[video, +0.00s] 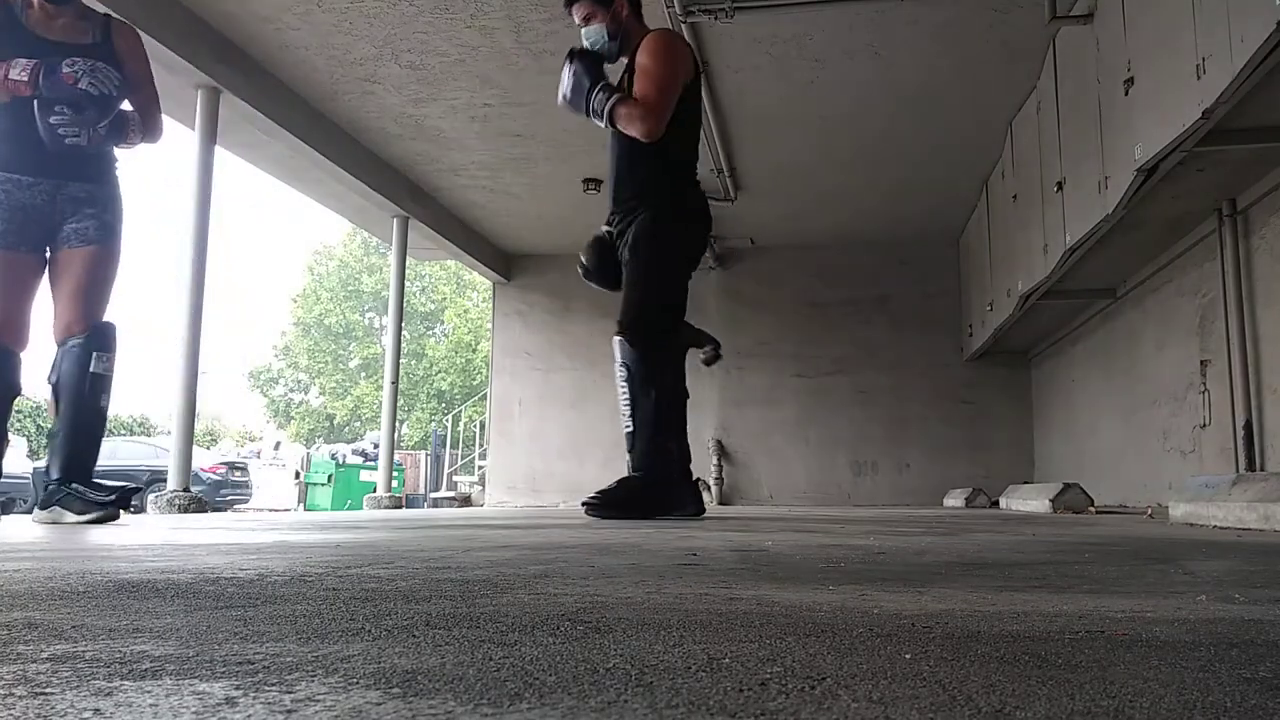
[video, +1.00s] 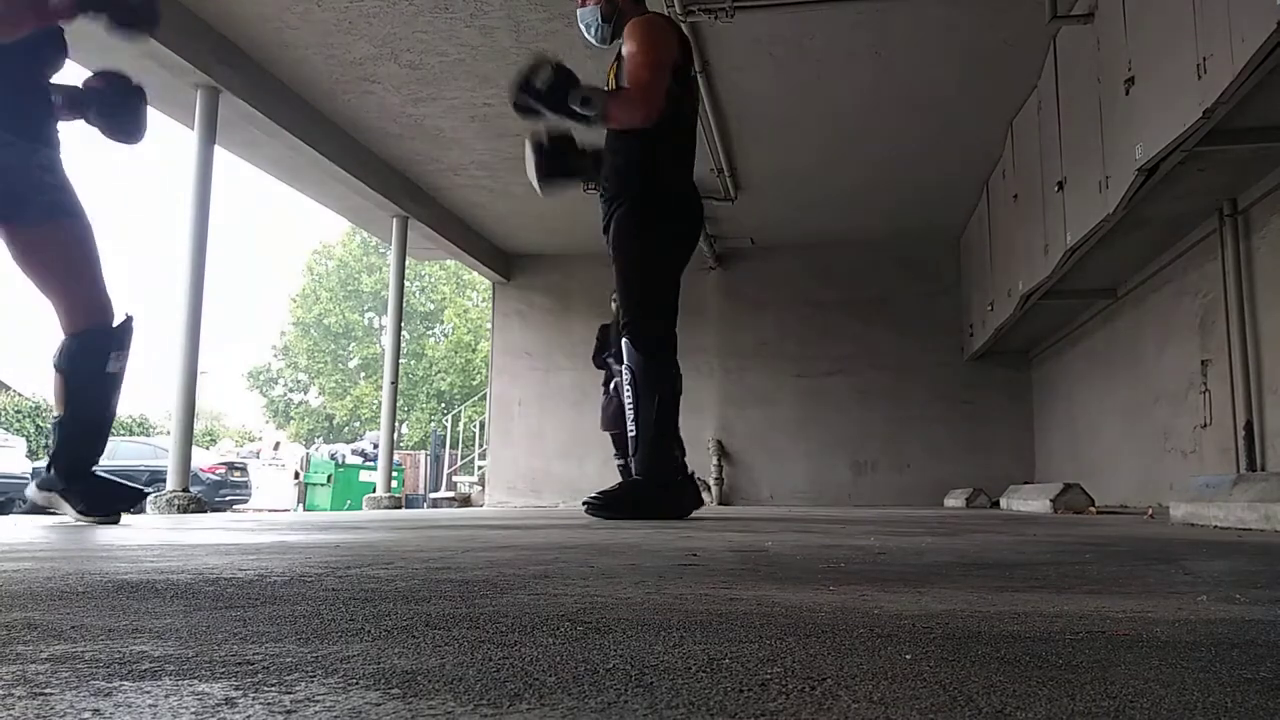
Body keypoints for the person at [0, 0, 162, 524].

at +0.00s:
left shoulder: (117, 32)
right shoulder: (9, 20)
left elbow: (152, 123)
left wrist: (128, 130)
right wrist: (6, 88)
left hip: (90, 196)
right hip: (14, 192)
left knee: (79, 341)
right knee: (6, 343)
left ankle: (62, 484)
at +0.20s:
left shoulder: (138, 32)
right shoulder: (17, 9)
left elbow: (156, 124)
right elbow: (3, 76)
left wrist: (126, 124)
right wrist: (11, 79)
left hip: (98, 187)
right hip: (16, 179)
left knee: (77, 333)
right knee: (6, 336)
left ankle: (59, 484)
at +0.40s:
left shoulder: (154, 34)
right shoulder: (28, 5)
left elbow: (156, 129)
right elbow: (1, 58)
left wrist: (143, 122)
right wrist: (35, 70)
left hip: (104, 181)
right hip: (20, 165)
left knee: (85, 337)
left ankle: (64, 484)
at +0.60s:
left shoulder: (137, 24)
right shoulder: (27, 6)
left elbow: (137, 120)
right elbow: (2, 47)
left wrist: (151, 104)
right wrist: (29, 64)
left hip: (95, 170)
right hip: (18, 153)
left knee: (83, 333)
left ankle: (65, 485)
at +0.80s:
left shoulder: (83, 17)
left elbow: (151, 100)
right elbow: (150, 99)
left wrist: (74, 108)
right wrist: (80, 107)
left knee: (73, 325)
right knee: (73, 323)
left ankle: (63, 485)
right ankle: (64, 485)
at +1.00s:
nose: (71, 13)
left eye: (73, 14)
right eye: (70, 11)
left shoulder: (38, 25)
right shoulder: (25, 13)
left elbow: (20, 99)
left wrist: (84, 98)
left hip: (25, 150)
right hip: (18, 151)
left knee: (89, 317)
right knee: (89, 316)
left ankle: (68, 470)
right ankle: (70, 469)